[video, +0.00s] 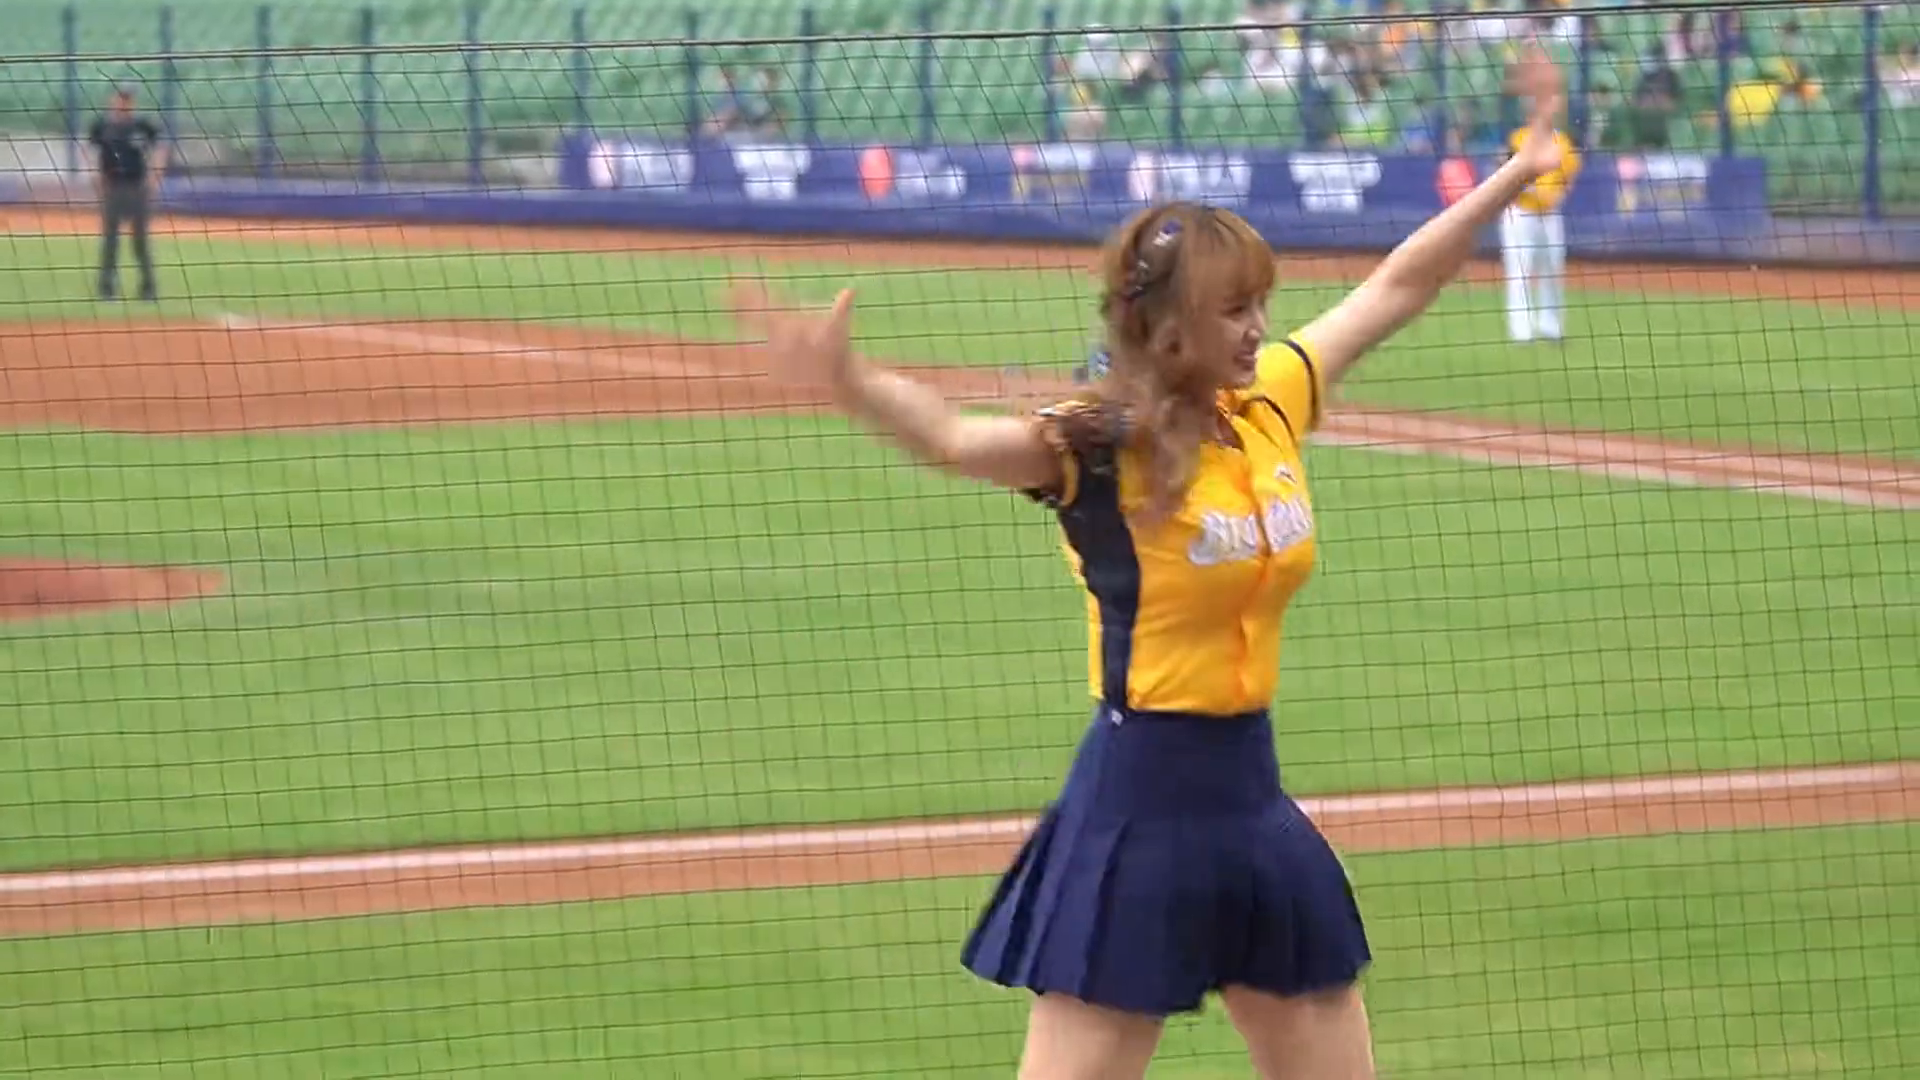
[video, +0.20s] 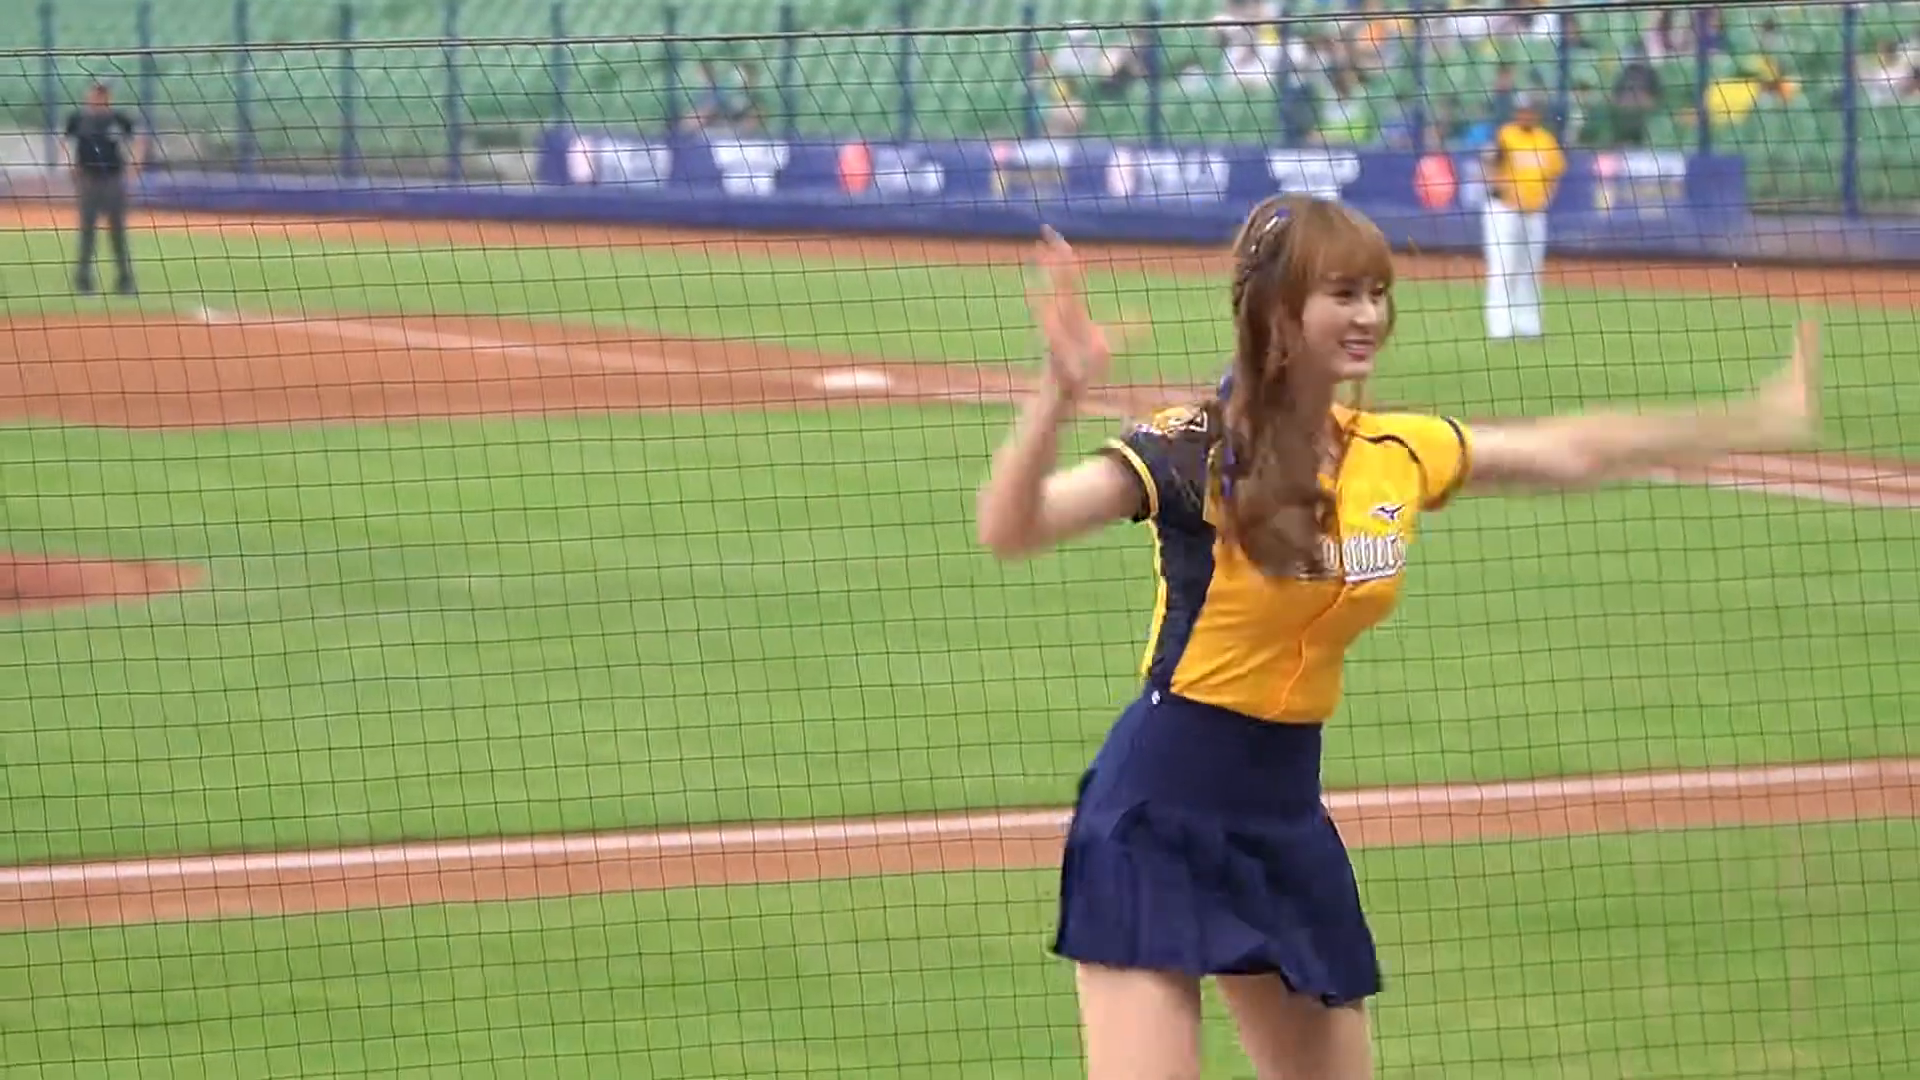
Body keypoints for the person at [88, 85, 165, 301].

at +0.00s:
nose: (123, 113)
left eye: (127, 108)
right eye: (119, 108)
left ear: (133, 108)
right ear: (112, 107)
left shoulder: (142, 127)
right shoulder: (103, 128)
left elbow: (160, 150)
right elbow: (90, 154)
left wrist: (155, 176)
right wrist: (98, 181)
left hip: (138, 188)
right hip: (112, 188)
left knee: (140, 240)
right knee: (110, 240)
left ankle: (148, 284)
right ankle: (106, 285)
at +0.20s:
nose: (99, 106)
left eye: (102, 101)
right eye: (95, 101)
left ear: (108, 101)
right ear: (88, 101)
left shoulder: (116, 119)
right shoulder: (78, 119)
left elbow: (137, 140)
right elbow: (63, 142)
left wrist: (135, 163)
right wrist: (71, 165)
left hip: (113, 179)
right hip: (88, 179)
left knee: (118, 231)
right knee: (87, 231)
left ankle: (125, 277)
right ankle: (83, 277)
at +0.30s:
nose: (87, 105)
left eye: (91, 100)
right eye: (83, 100)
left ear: (97, 99)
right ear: (76, 99)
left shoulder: (106, 117)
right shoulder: (66, 117)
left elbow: (122, 138)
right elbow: (51, 140)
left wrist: (126, 160)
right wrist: (60, 163)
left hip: (101, 177)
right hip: (76, 176)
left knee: (106, 229)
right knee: (75, 228)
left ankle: (113, 276)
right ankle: (72, 275)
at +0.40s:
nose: (74, 99)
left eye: (78, 94)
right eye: (71, 94)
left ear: (84, 95)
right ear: (64, 94)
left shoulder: (93, 113)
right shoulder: (56, 114)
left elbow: (112, 133)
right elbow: (39, 136)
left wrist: (113, 155)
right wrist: (48, 159)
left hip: (89, 174)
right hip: (65, 174)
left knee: (93, 225)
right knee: (63, 225)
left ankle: (100, 272)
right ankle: (60, 273)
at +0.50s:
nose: (62, 98)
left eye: (66, 93)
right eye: (59, 93)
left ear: (72, 93)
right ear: (52, 92)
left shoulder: (81, 111)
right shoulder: (44, 111)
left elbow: (100, 130)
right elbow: (27, 134)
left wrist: (100, 152)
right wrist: (35, 157)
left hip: (77, 172)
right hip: (53, 172)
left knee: (82, 223)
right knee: (50, 223)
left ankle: (89, 270)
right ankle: (48, 271)